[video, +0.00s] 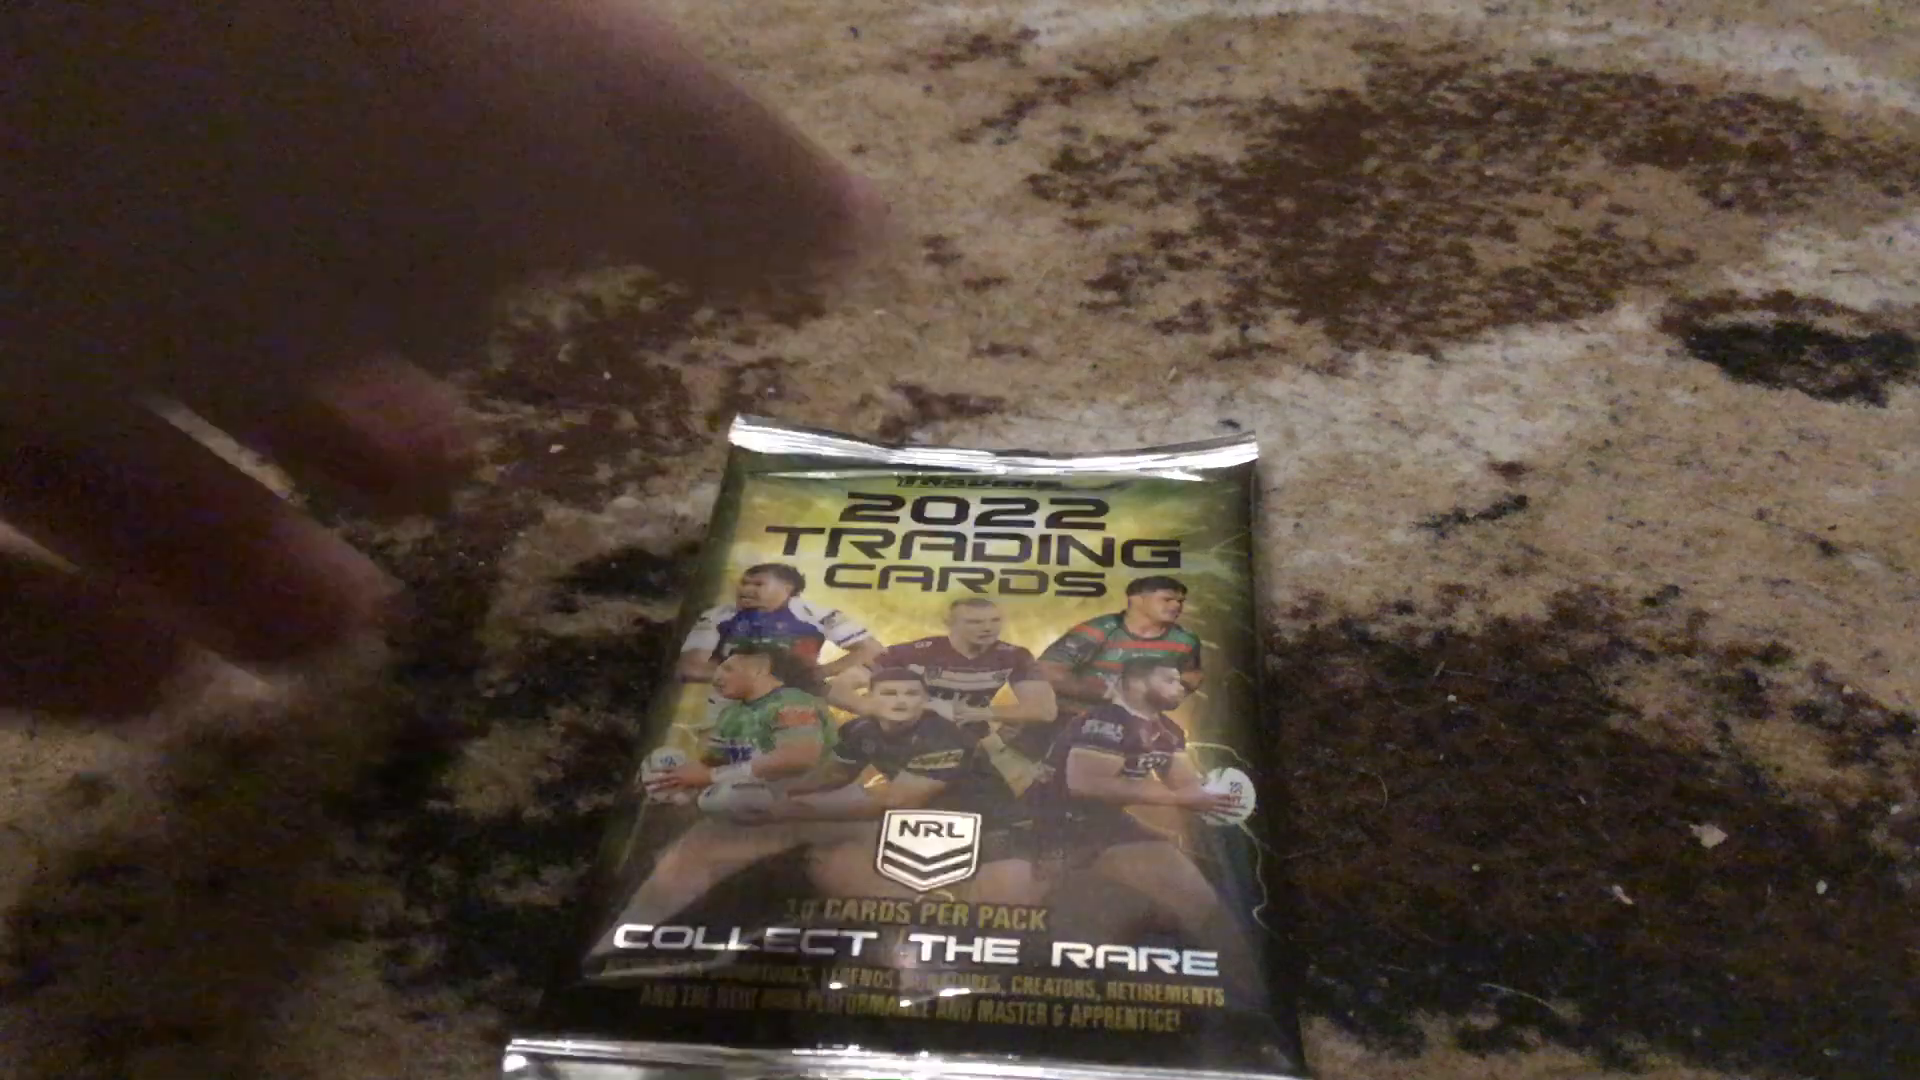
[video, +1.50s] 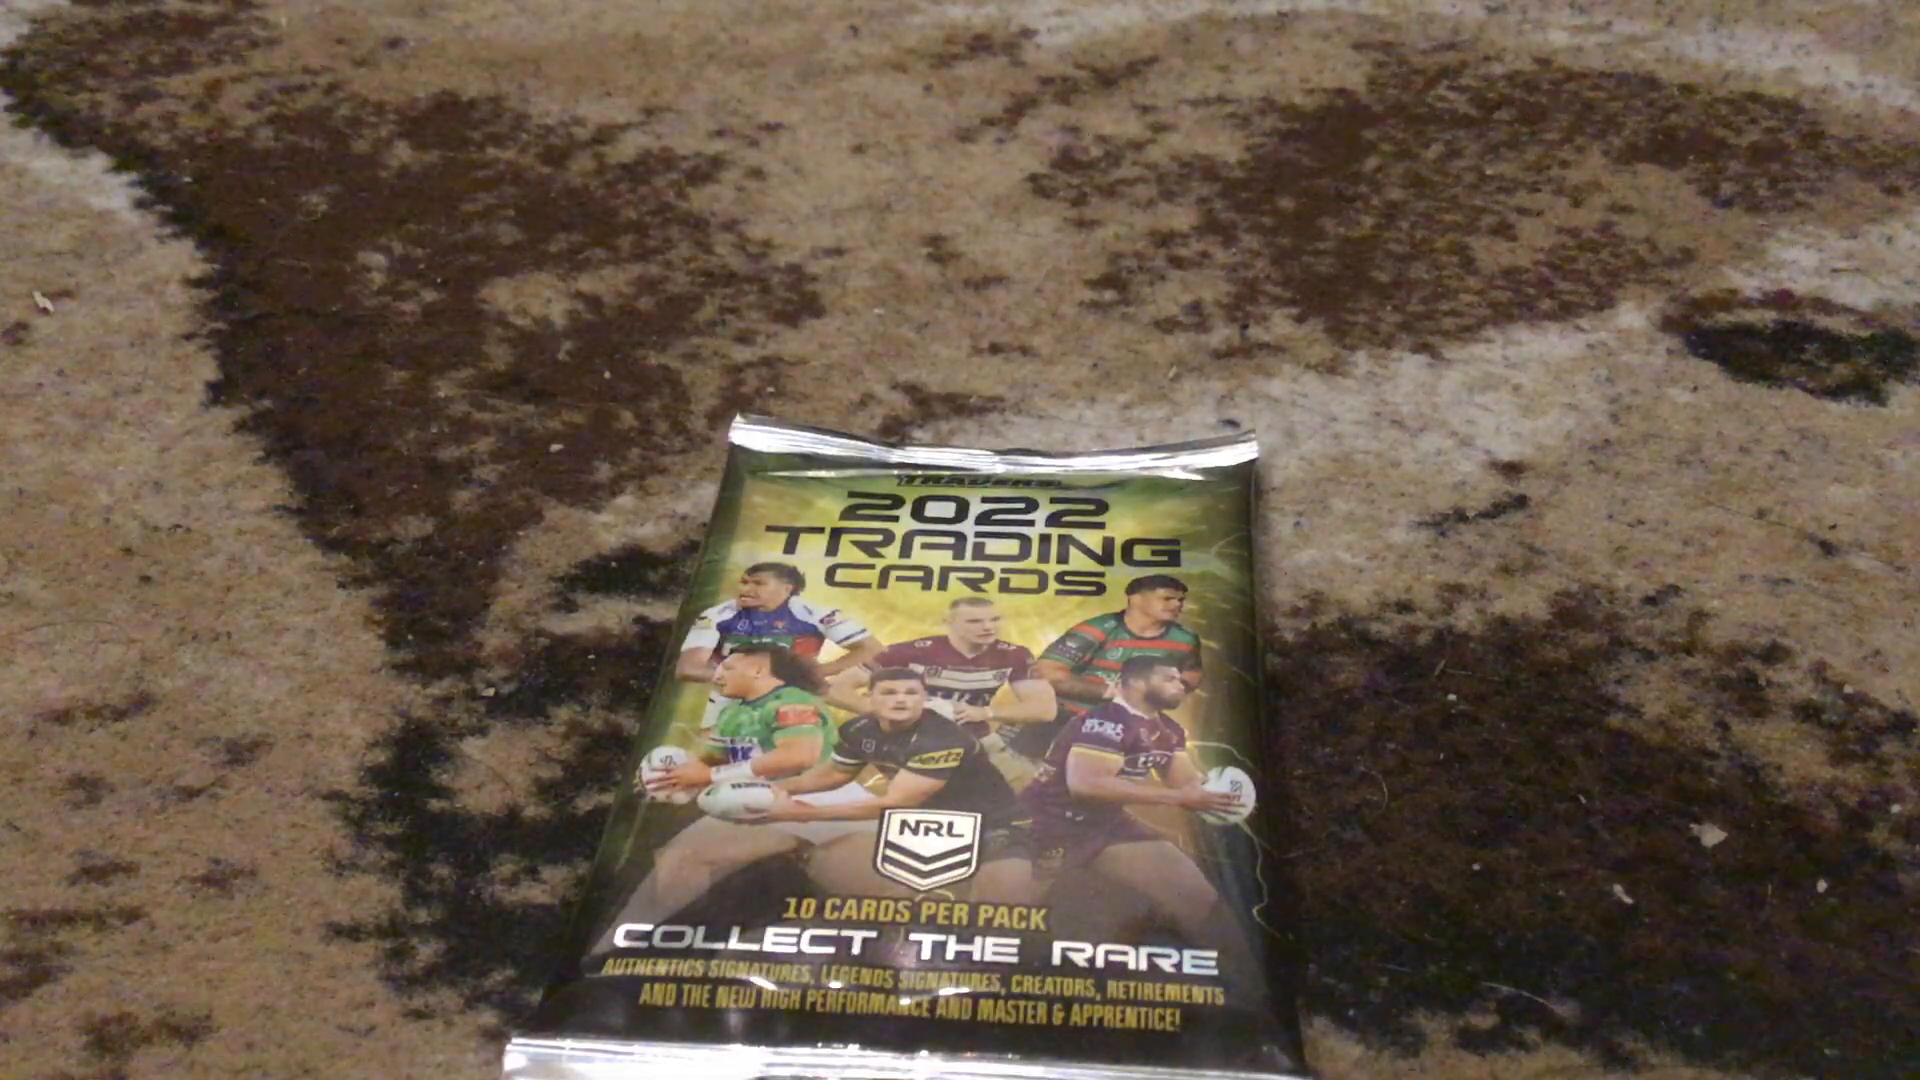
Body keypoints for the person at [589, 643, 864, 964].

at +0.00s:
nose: (719, 676)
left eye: (728, 666)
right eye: (720, 668)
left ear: (762, 665)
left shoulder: (795, 703)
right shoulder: (731, 716)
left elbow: (801, 756)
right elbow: (712, 764)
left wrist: (712, 776)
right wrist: (679, 780)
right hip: (740, 817)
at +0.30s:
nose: (719, 672)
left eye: (729, 664)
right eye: (721, 666)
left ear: (762, 665)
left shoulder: (794, 702)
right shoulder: (732, 714)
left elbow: (802, 755)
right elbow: (717, 766)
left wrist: (711, 776)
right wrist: (676, 782)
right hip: (752, 817)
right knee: (677, 863)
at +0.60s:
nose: (720, 670)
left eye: (729, 662)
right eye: (722, 663)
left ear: (761, 664)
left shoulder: (794, 701)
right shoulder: (733, 714)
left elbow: (801, 755)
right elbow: (719, 766)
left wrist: (712, 775)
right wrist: (676, 781)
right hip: (751, 817)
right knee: (672, 864)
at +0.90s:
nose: (720, 670)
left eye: (729, 662)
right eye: (722, 663)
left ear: (761, 665)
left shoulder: (794, 701)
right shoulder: (734, 715)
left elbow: (802, 755)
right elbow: (712, 762)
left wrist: (711, 776)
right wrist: (669, 780)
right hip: (753, 817)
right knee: (674, 862)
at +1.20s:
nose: (719, 671)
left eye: (728, 663)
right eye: (722, 664)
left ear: (760, 664)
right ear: (756, 666)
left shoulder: (794, 703)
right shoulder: (735, 713)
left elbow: (801, 755)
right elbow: (712, 759)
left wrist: (711, 775)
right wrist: (668, 778)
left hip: (794, 813)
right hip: (746, 813)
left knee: (685, 862)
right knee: (672, 862)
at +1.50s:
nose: (719, 671)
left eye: (729, 662)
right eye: (722, 663)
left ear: (760, 665)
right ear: (756, 667)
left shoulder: (793, 702)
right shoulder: (733, 713)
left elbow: (801, 754)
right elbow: (712, 763)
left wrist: (711, 775)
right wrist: (668, 781)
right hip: (750, 817)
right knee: (673, 863)